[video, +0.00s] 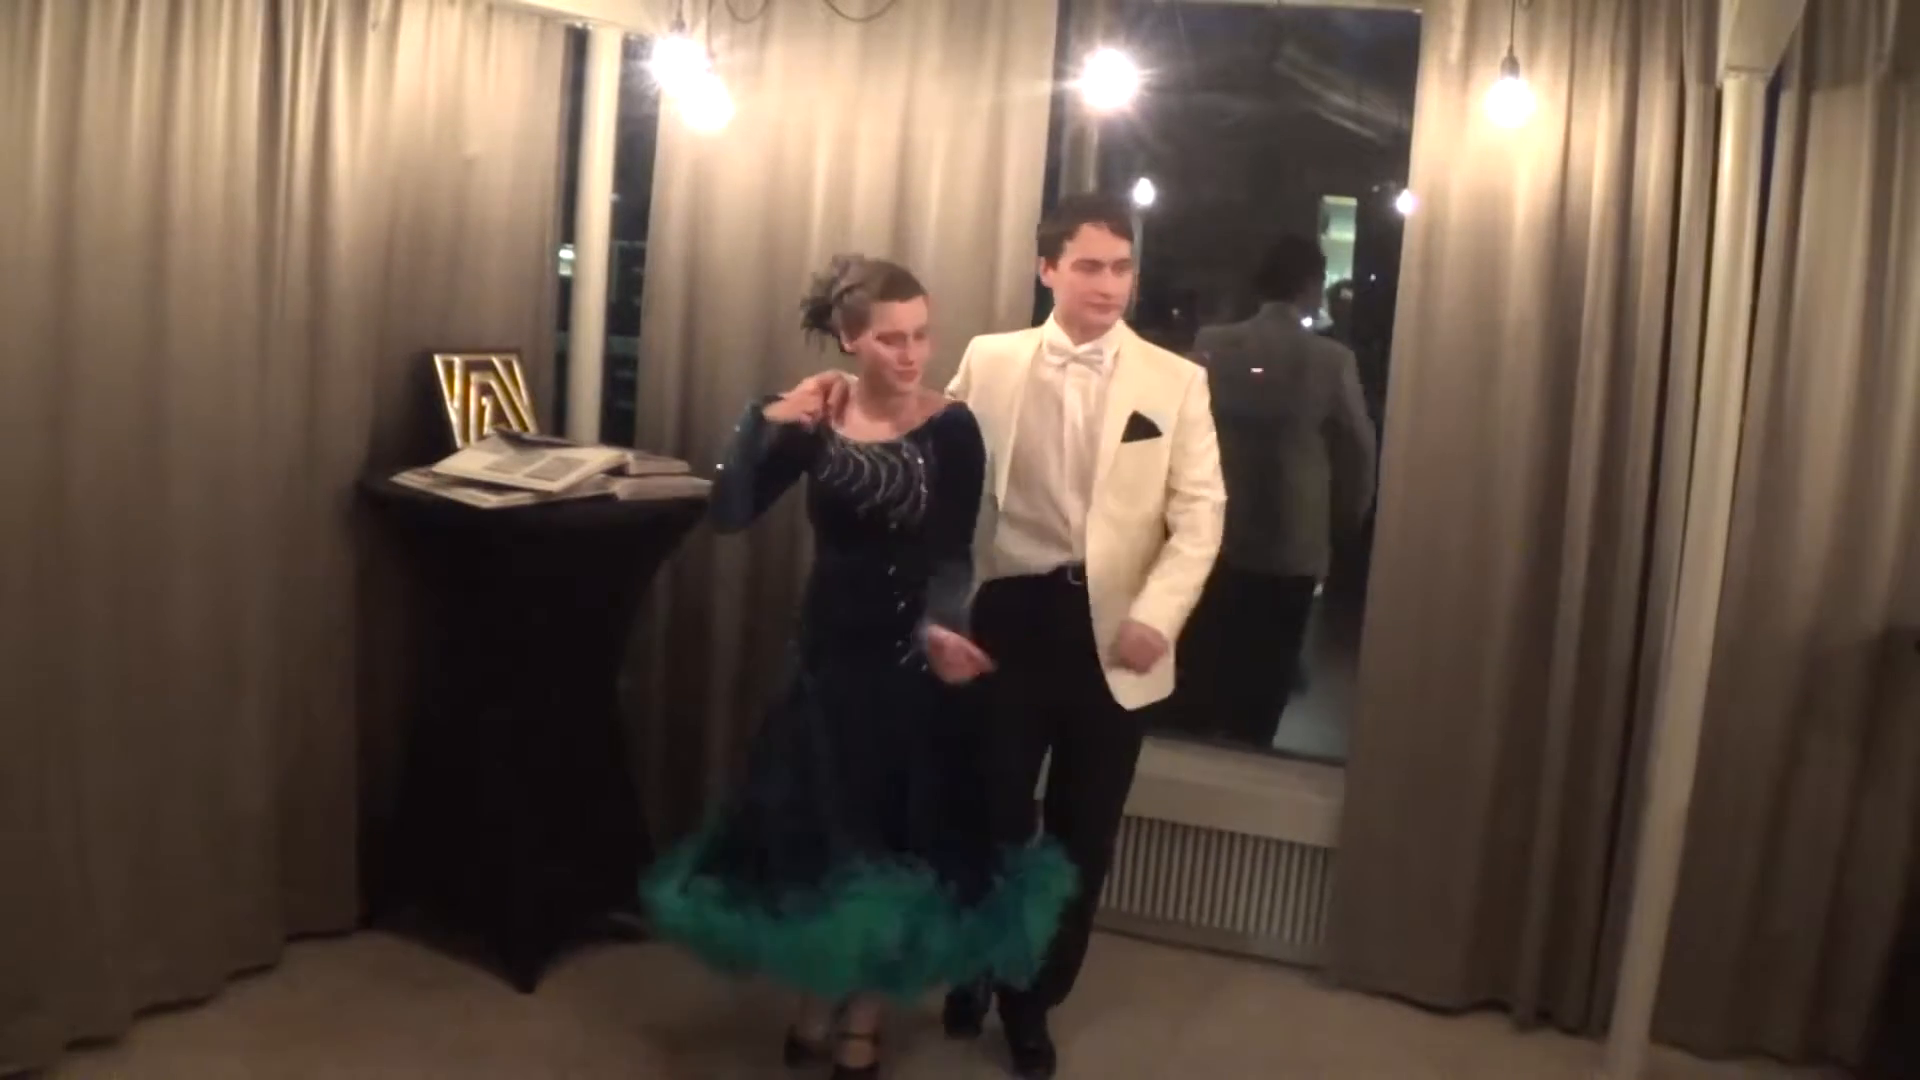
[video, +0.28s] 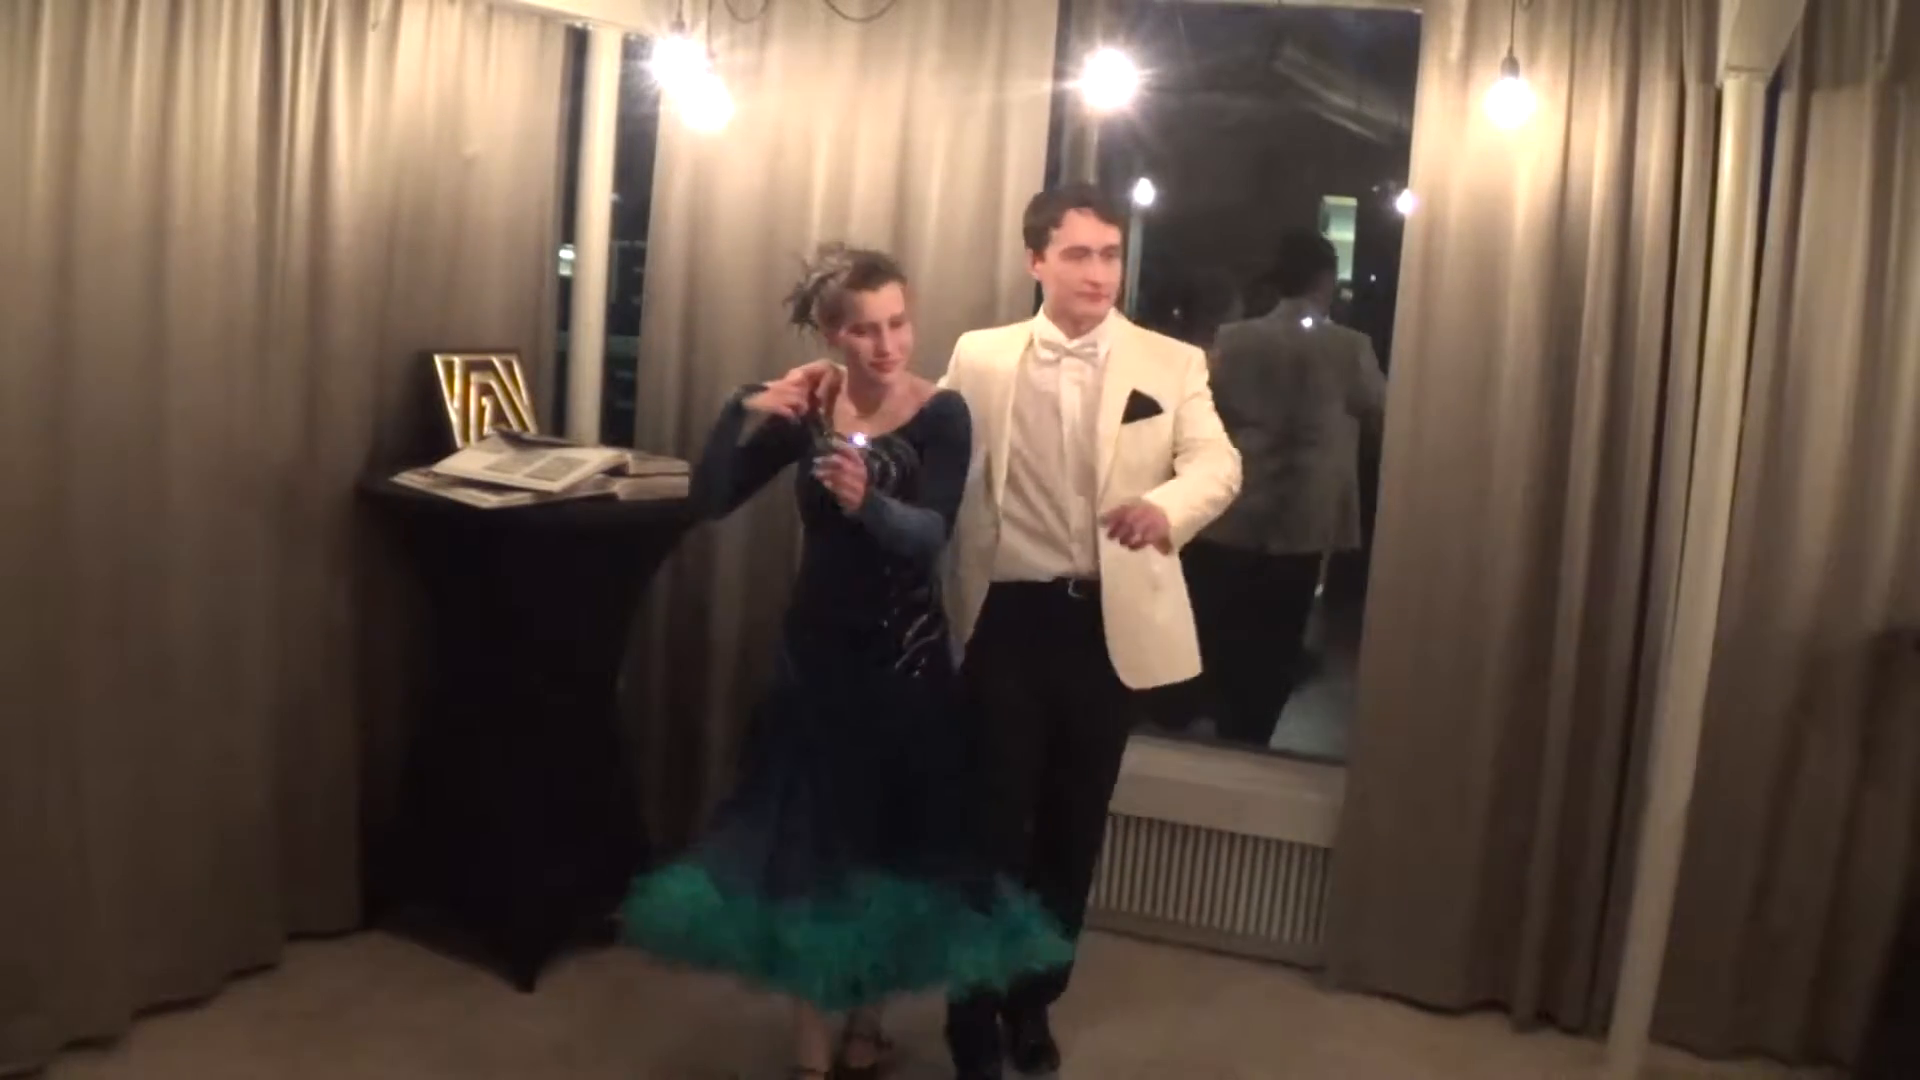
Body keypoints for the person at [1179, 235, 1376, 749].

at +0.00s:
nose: (1323, 292)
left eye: (1321, 283)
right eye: (1321, 283)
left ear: (1259, 282)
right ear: (1311, 288)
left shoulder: (1212, 346)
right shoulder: (1332, 361)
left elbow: (1184, 434)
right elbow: (1358, 452)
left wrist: (1182, 503)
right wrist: (1347, 515)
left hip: (1213, 529)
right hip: (1295, 537)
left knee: (1208, 659)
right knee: (1271, 670)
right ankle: (1242, 777)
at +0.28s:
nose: (1335, 288)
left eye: (1332, 279)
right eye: (1332, 279)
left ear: (1275, 278)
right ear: (1323, 281)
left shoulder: (1232, 341)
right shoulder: (1350, 350)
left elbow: (1206, 416)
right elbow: (1383, 413)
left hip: (1229, 514)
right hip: (1309, 523)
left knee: (1228, 628)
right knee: (1281, 637)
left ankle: (1231, 736)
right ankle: (1248, 745)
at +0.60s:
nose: (1347, 301)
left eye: (1345, 291)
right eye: (1345, 292)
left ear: (1293, 289)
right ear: (1335, 295)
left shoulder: (1245, 350)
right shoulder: (1357, 365)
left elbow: (1208, 419)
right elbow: (1370, 452)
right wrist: (1371, 509)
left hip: (1240, 522)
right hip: (1319, 536)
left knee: (1233, 651)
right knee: (1296, 663)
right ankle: (1248, 763)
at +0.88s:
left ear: (1308, 267)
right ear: (1359, 274)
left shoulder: (1263, 313)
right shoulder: (1378, 331)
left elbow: (1207, 355)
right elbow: (1389, 428)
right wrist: (1380, 510)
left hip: (1259, 511)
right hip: (1337, 524)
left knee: (1249, 649)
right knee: (1320, 661)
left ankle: (1234, 762)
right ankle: (1302, 779)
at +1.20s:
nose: (1370, 290)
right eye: (1369, 281)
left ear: (1320, 276)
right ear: (1367, 283)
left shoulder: (1277, 334)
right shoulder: (1382, 350)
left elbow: (1226, 382)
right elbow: (1393, 424)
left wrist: (1226, 356)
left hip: (1273, 500)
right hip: (1348, 510)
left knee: (1255, 618)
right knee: (1325, 635)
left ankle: (1229, 718)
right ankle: (1292, 743)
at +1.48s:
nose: (1390, 322)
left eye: (1388, 310)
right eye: (1383, 310)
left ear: (1327, 306)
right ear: (1362, 310)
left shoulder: (1277, 352)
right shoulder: (1365, 382)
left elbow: (1233, 398)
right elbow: (1372, 469)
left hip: (1261, 518)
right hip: (1331, 532)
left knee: (1274, 650)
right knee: (1332, 658)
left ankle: (1263, 743)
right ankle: (1291, 733)